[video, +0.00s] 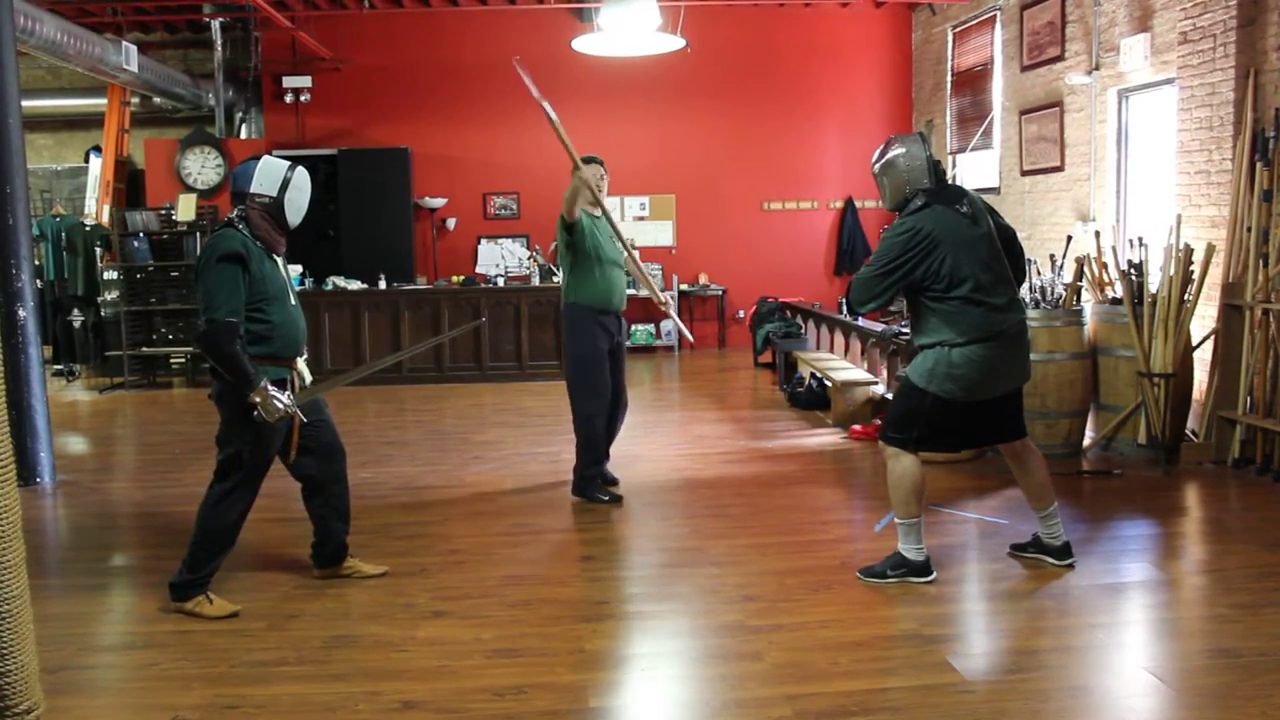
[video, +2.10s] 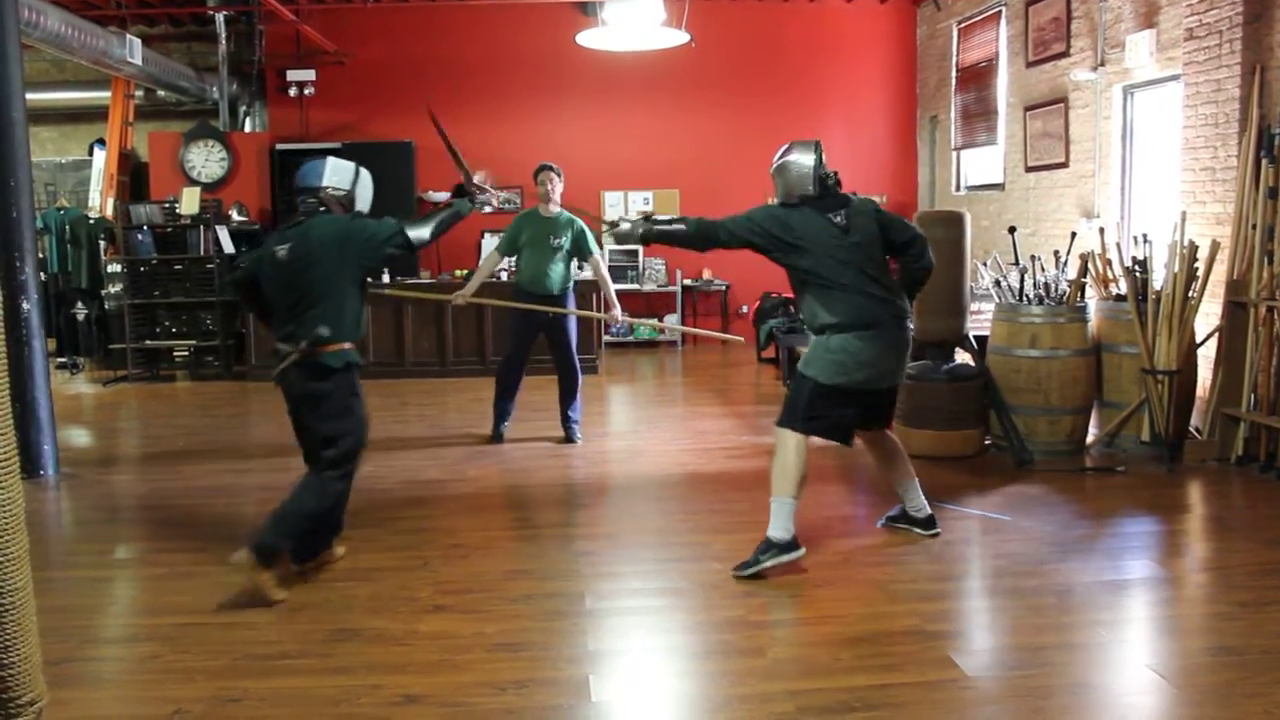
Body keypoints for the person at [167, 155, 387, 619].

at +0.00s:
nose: (296, 210)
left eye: (295, 201)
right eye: (292, 200)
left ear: (259, 195)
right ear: (270, 196)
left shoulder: (263, 244)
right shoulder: (230, 247)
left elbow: (271, 311)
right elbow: (218, 333)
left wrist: (293, 358)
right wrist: (255, 390)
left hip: (286, 377)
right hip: (252, 381)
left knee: (326, 460)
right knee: (235, 484)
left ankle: (332, 556)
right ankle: (189, 588)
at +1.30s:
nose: (338, 216)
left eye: (336, 207)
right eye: (333, 205)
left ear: (306, 203)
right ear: (312, 201)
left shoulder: (305, 244)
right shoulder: (281, 244)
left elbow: (306, 316)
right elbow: (274, 327)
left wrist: (331, 360)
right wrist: (316, 373)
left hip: (321, 370)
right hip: (292, 375)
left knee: (355, 457)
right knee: (302, 473)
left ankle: (338, 553)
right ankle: (249, 582)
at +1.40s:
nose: (337, 219)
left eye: (336, 211)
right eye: (332, 209)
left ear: (304, 204)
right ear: (310, 203)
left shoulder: (305, 245)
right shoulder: (284, 243)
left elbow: (311, 315)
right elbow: (291, 317)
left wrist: (343, 357)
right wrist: (344, 350)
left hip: (319, 374)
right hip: (293, 377)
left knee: (354, 455)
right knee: (305, 472)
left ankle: (338, 553)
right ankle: (247, 581)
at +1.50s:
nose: (333, 209)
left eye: (332, 200)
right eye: (329, 199)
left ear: (289, 196)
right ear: (308, 195)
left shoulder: (270, 240)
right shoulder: (294, 243)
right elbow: (332, 304)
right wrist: (398, 311)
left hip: (306, 371)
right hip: (295, 374)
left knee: (350, 456)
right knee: (307, 469)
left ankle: (338, 554)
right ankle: (241, 579)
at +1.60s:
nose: (319, 202)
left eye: (317, 193)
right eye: (314, 193)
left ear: (270, 196)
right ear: (294, 194)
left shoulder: (246, 247)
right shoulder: (301, 245)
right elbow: (369, 284)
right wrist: (435, 281)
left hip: (297, 376)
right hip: (298, 379)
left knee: (345, 456)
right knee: (299, 473)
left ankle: (337, 553)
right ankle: (240, 584)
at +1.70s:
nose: (313, 209)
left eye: (311, 201)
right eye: (308, 201)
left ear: (265, 203)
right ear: (288, 202)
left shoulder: (237, 252)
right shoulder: (301, 248)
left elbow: (234, 322)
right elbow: (369, 266)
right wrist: (434, 260)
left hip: (282, 380)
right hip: (296, 381)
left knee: (344, 451)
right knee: (290, 477)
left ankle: (334, 549)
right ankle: (237, 585)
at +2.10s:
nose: (351, 206)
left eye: (349, 200)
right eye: (347, 199)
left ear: (301, 201)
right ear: (333, 199)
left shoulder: (273, 246)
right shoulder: (347, 231)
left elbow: (242, 284)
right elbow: (416, 234)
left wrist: (279, 322)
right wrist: (463, 203)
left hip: (293, 371)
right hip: (332, 368)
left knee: (321, 460)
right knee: (337, 465)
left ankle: (317, 544)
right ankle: (264, 552)